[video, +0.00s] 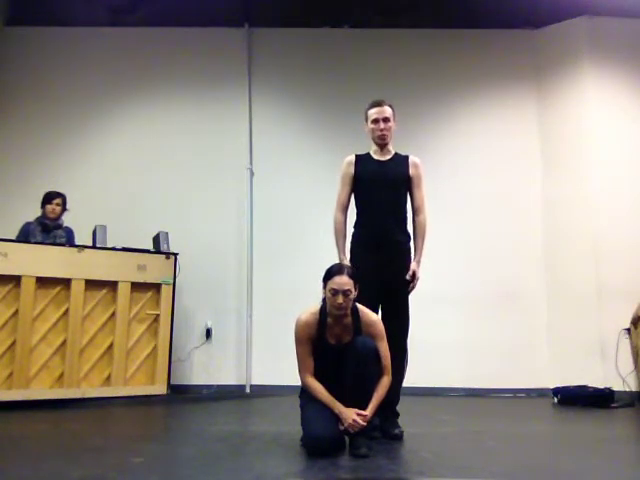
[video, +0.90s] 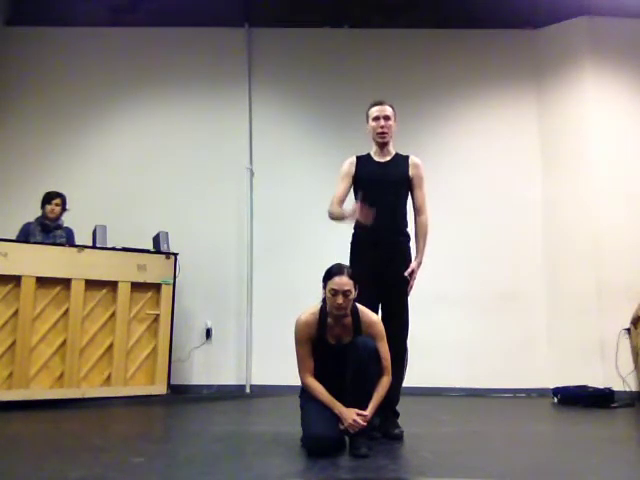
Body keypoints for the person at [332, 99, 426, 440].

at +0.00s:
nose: (381, 126)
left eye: (386, 120)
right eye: (375, 121)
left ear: (394, 124)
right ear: (366, 127)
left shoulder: (411, 166)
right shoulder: (353, 164)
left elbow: (420, 215)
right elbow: (340, 213)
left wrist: (417, 259)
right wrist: (343, 260)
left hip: (397, 259)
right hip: (363, 260)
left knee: (396, 339)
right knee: (359, 339)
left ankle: (389, 416)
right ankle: (359, 417)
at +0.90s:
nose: (383, 124)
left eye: (387, 118)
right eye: (377, 119)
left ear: (395, 124)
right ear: (368, 126)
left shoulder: (411, 166)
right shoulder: (353, 165)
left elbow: (421, 215)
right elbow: (333, 210)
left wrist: (419, 259)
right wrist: (350, 213)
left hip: (396, 259)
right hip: (363, 259)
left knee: (395, 339)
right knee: (360, 338)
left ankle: (388, 415)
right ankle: (360, 416)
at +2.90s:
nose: (381, 124)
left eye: (386, 119)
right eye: (375, 120)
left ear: (394, 126)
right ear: (366, 127)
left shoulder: (409, 166)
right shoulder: (353, 163)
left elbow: (419, 215)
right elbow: (332, 205)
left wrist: (416, 259)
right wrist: (366, 177)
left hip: (395, 257)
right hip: (362, 257)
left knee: (395, 337)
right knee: (358, 336)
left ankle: (388, 415)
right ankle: (359, 416)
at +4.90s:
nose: (381, 121)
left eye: (386, 117)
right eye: (375, 117)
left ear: (393, 124)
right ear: (365, 126)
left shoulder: (409, 165)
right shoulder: (352, 162)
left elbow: (418, 215)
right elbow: (331, 203)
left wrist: (415, 259)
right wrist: (365, 175)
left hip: (393, 256)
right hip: (361, 256)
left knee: (394, 337)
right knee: (358, 336)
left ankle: (388, 415)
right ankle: (359, 416)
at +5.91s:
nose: (383, 127)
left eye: (388, 121)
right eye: (377, 122)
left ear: (395, 126)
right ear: (367, 127)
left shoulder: (410, 166)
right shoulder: (353, 163)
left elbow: (418, 215)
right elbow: (333, 206)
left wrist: (416, 260)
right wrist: (365, 178)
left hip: (394, 258)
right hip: (362, 257)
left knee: (394, 336)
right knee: (359, 336)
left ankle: (389, 415)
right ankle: (359, 416)